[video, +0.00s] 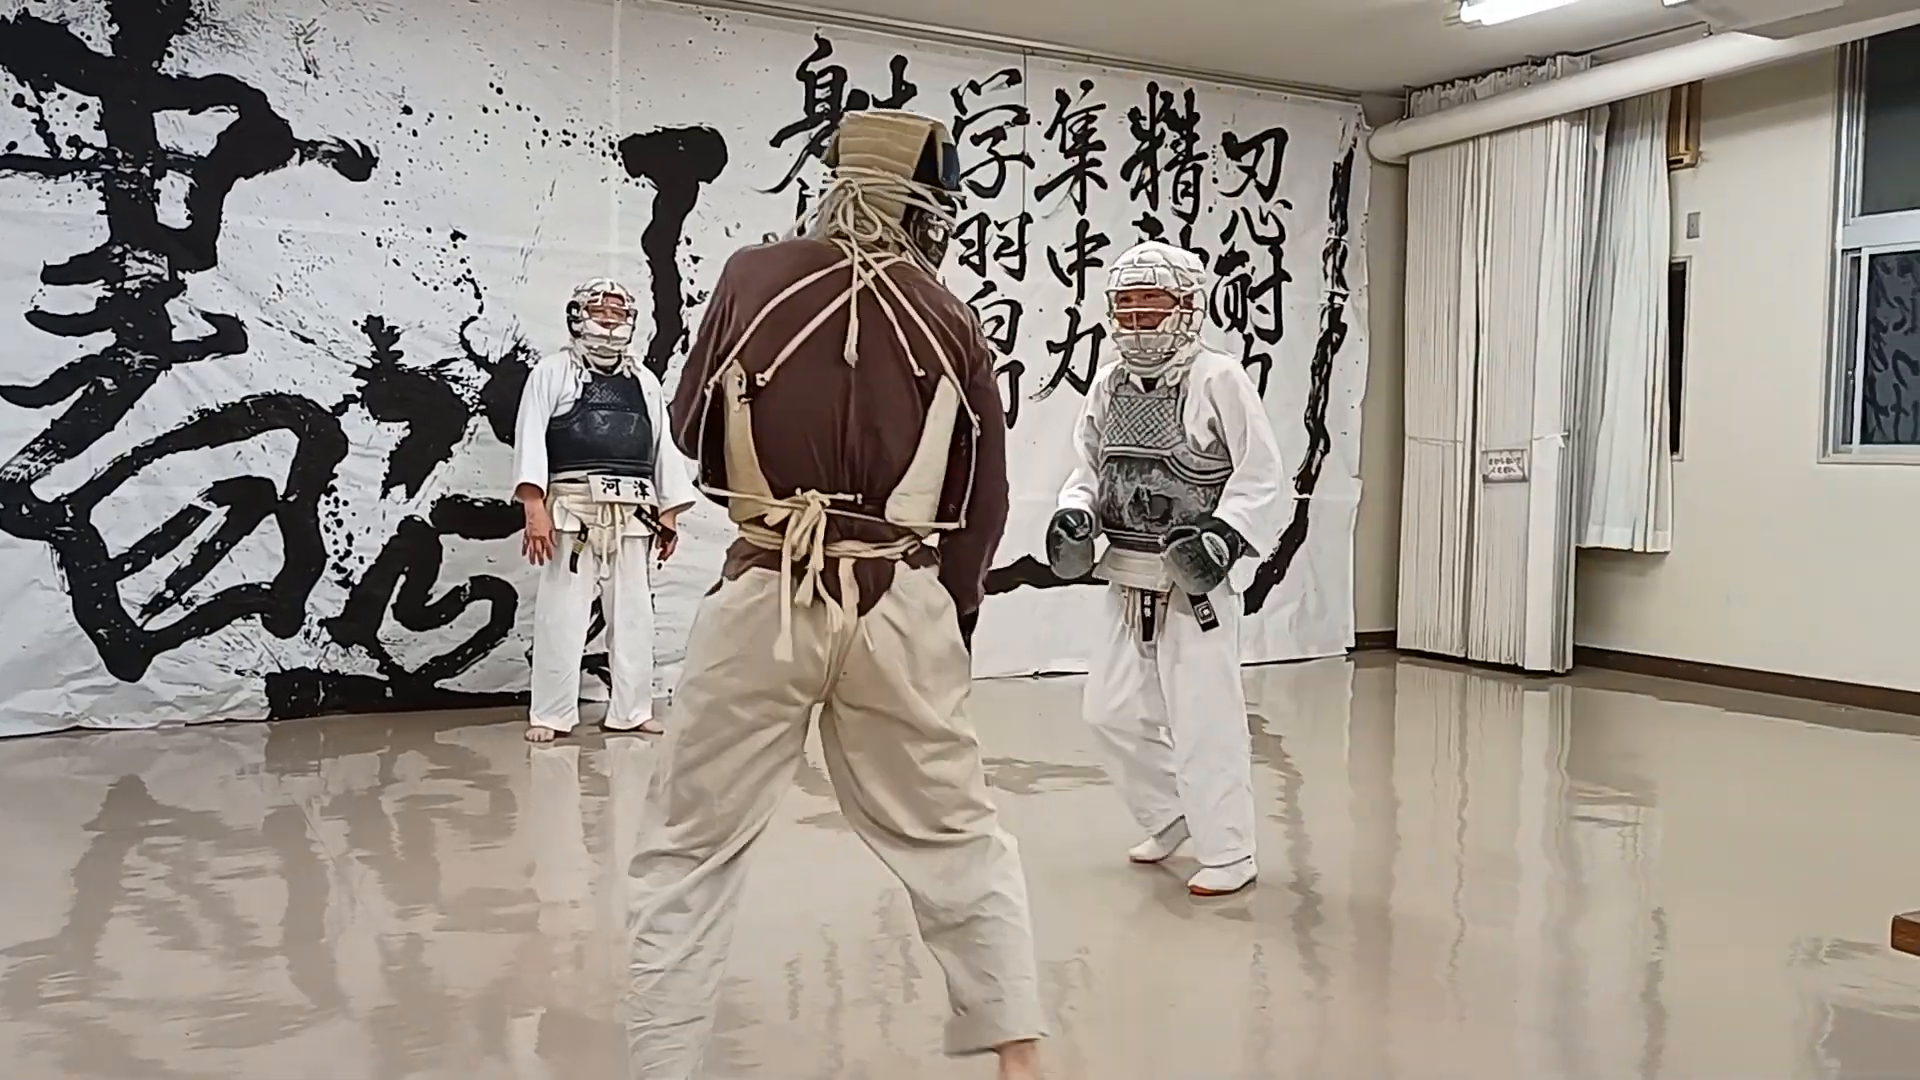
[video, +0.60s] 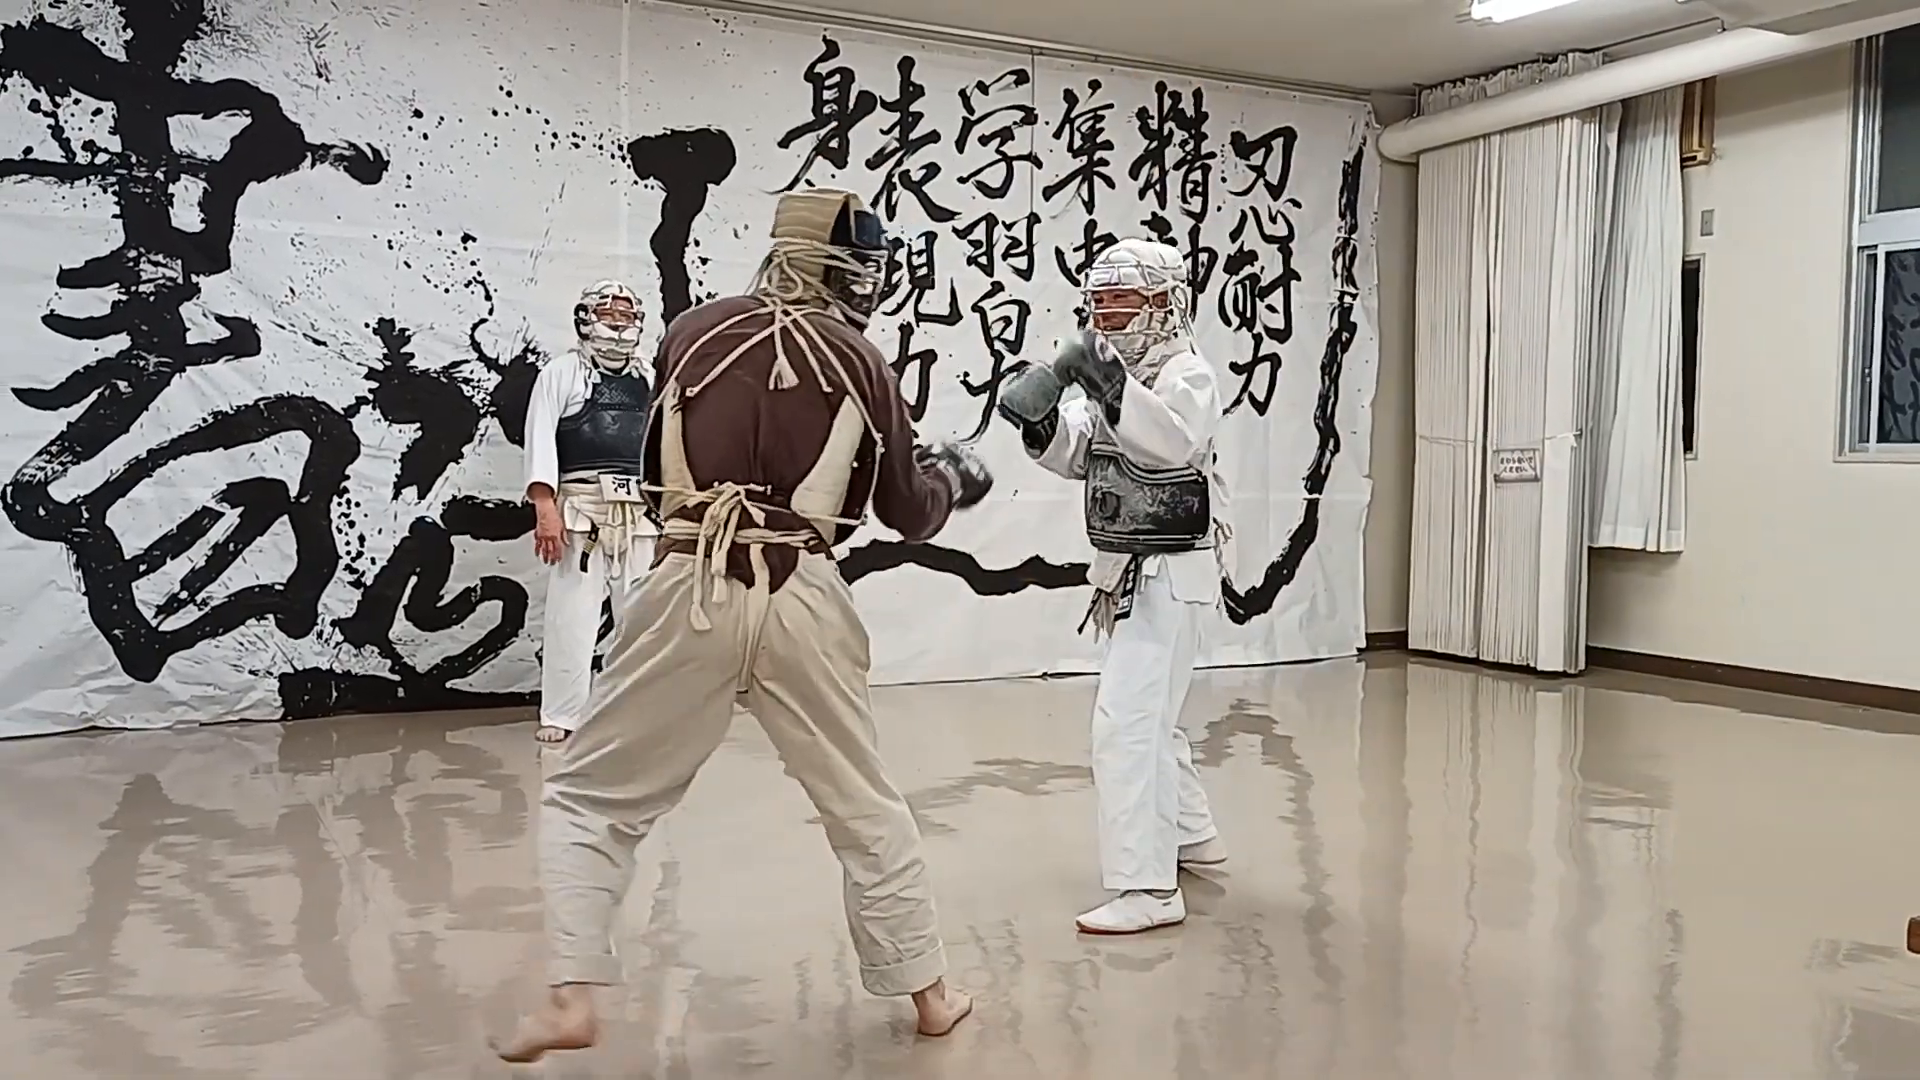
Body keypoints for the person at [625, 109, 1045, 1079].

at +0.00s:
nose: (952, 211)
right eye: (945, 200)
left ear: (833, 192)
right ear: (929, 206)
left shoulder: (754, 272)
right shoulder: (954, 323)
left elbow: (695, 428)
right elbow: (981, 504)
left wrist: (773, 508)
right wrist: (943, 627)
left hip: (758, 602)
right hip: (905, 609)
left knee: (689, 846)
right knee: (956, 831)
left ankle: (662, 1064)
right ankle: (1020, 1056)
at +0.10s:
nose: (911, 199)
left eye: (907, 185)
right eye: (906, 186)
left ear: (798, 180)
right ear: (885, 190)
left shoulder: (719, 264)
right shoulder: (914, 297)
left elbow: (687, 434)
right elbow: (974, 476)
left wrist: (748, 497)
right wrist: (931, 567)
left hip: (736, 582)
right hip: (875, 581)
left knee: (688, 844)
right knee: (926, 798)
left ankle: (668, 1064)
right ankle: (943, 1027)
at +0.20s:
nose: (894, 219)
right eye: (887, 207)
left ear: (785, 205)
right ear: (867, 212)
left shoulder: (713, 283)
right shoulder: (890, 309)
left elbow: (680, 448)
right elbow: (980, 476)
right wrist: (891, 464)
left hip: (720, 594)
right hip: (854, 596)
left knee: (677, 842)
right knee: (903, 797)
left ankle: (674, 1062)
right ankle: (941, 999)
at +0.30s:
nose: (905, 256)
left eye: (903, 243)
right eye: (900, 243)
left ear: (798, 231)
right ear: (879, 245)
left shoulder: (722, 307)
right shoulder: (895, 339)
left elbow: (684, 458)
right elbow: (998, 447)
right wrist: (973, 372)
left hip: (712, 606)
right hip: (838, 608)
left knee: (673, 849)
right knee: (881, 799)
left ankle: (674, 1066)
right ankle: (929, 988)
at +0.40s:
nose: (920, 291)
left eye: (916, 279)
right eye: (915, 279)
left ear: (816, 270)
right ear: (896, 281)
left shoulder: (739, 336)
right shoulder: (905, 370)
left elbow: (715, 452)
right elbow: (993, 454)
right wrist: (998, 371)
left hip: (730, 625)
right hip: (846, 631)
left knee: (663, 853)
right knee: (880, 810)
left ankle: (666, 1053)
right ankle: (926, 992)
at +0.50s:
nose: (913, 295)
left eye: (912, 281)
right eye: (909, 281)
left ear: (814, 267)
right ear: (886, 280)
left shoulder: (728, 328)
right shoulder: (891, 366)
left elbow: (690, 462)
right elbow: (971, 482)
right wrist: (983, 399)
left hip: (708, 604)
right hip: (826, 611)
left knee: (635, 820)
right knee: (865, 803)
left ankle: (657, 1017)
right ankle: (928, 996)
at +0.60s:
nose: (877, 288)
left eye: (879, 272)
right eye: (870, 272)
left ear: (781, 260)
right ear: (843, 271)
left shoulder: (691, 331)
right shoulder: (858, 361)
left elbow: (661, 476)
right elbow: (907, 507)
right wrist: (951, 479)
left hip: (686, 595)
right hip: (804, 601)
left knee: (591, 797)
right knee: (862, 801)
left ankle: (573, 995)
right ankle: (929, 995)